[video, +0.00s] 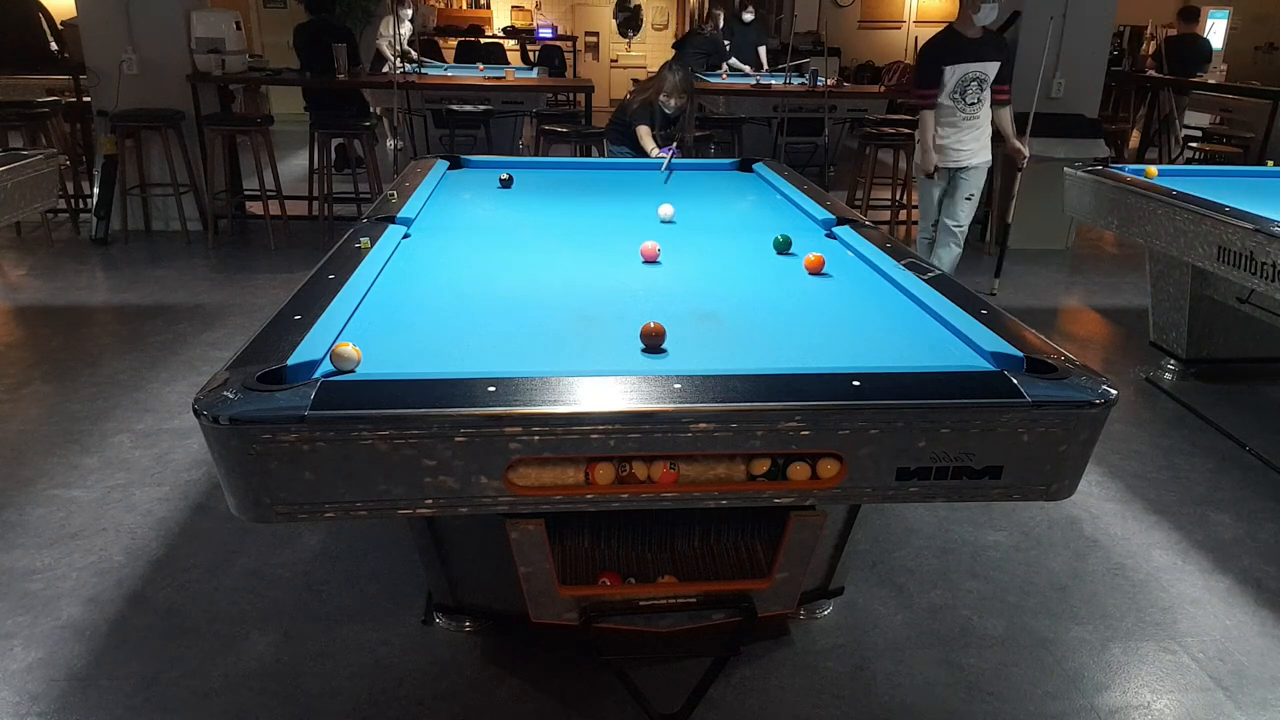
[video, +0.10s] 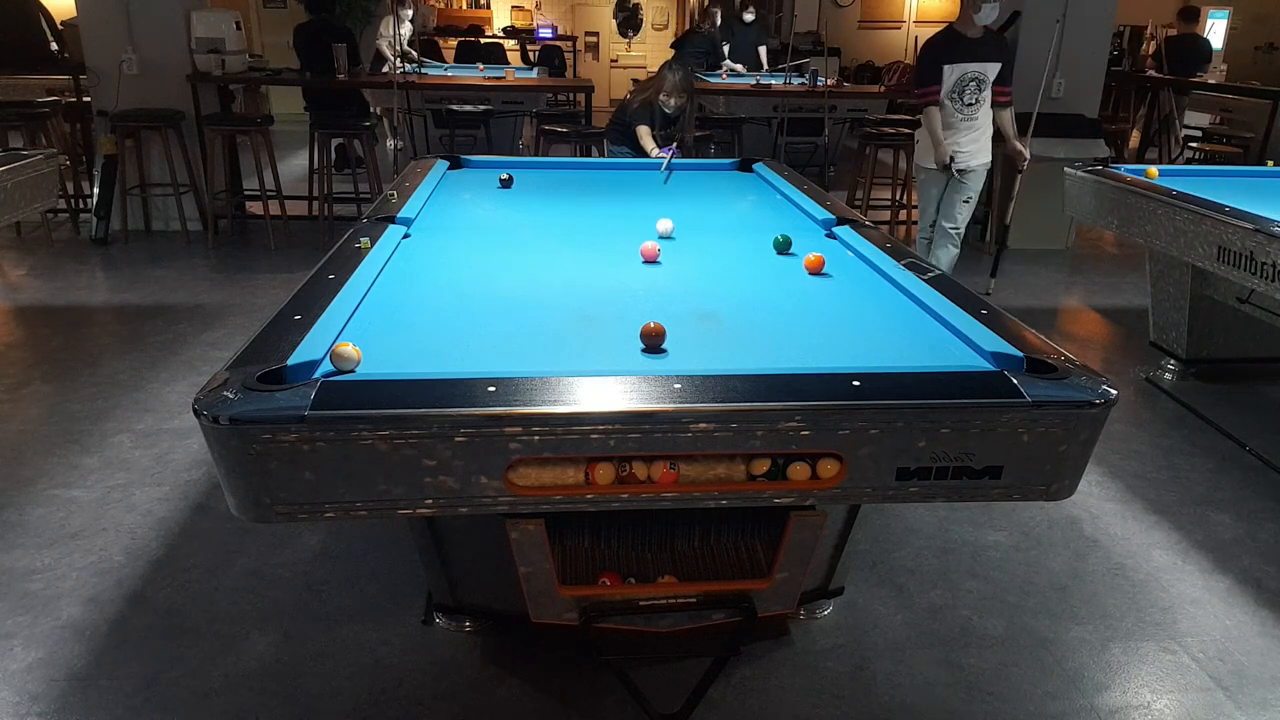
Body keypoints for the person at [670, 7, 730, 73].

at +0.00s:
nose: (723, 22)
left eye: (723, 19)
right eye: (722, 19)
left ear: (708, 19)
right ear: (717, 20)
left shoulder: (694, 31)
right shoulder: (715, 35)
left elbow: (676, 45)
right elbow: (724, 57)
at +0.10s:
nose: (720, 20)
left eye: (720, 17)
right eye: (719, 17)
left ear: (703, 17)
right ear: (714, 18)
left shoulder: (692, 30)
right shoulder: (713, 34)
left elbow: (674, 45)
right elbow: (721, 59)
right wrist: (735, 66)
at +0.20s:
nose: (717, 16)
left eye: (717, 13)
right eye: (716, 13)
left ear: (702, 14)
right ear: (712, 15)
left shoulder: (691, 28)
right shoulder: (709, 31)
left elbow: (673, 44)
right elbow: (712, 59)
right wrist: (723, 67)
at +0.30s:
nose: (714, 14)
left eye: (713, 11)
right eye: (712, 12)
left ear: (699, 12)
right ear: (708, 13)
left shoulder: (690, 24)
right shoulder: (706, 27)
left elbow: (671, 44)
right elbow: (702, 54)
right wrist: (710, 67)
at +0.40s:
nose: (710, 12)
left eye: (709, 9)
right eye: (709, 9)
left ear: (694, 10)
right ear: (704, 11)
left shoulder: (686, 23)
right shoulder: (701, 25)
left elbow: (668, 44)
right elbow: (695, 50)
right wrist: (701, 66)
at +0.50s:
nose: (706, 10)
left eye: (706, 8)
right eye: (705, 8)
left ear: (691, 7)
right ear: (700, 8)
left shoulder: (685, 18)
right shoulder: (697, 21)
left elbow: (667, 43)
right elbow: (689, 47)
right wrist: (695, 64)